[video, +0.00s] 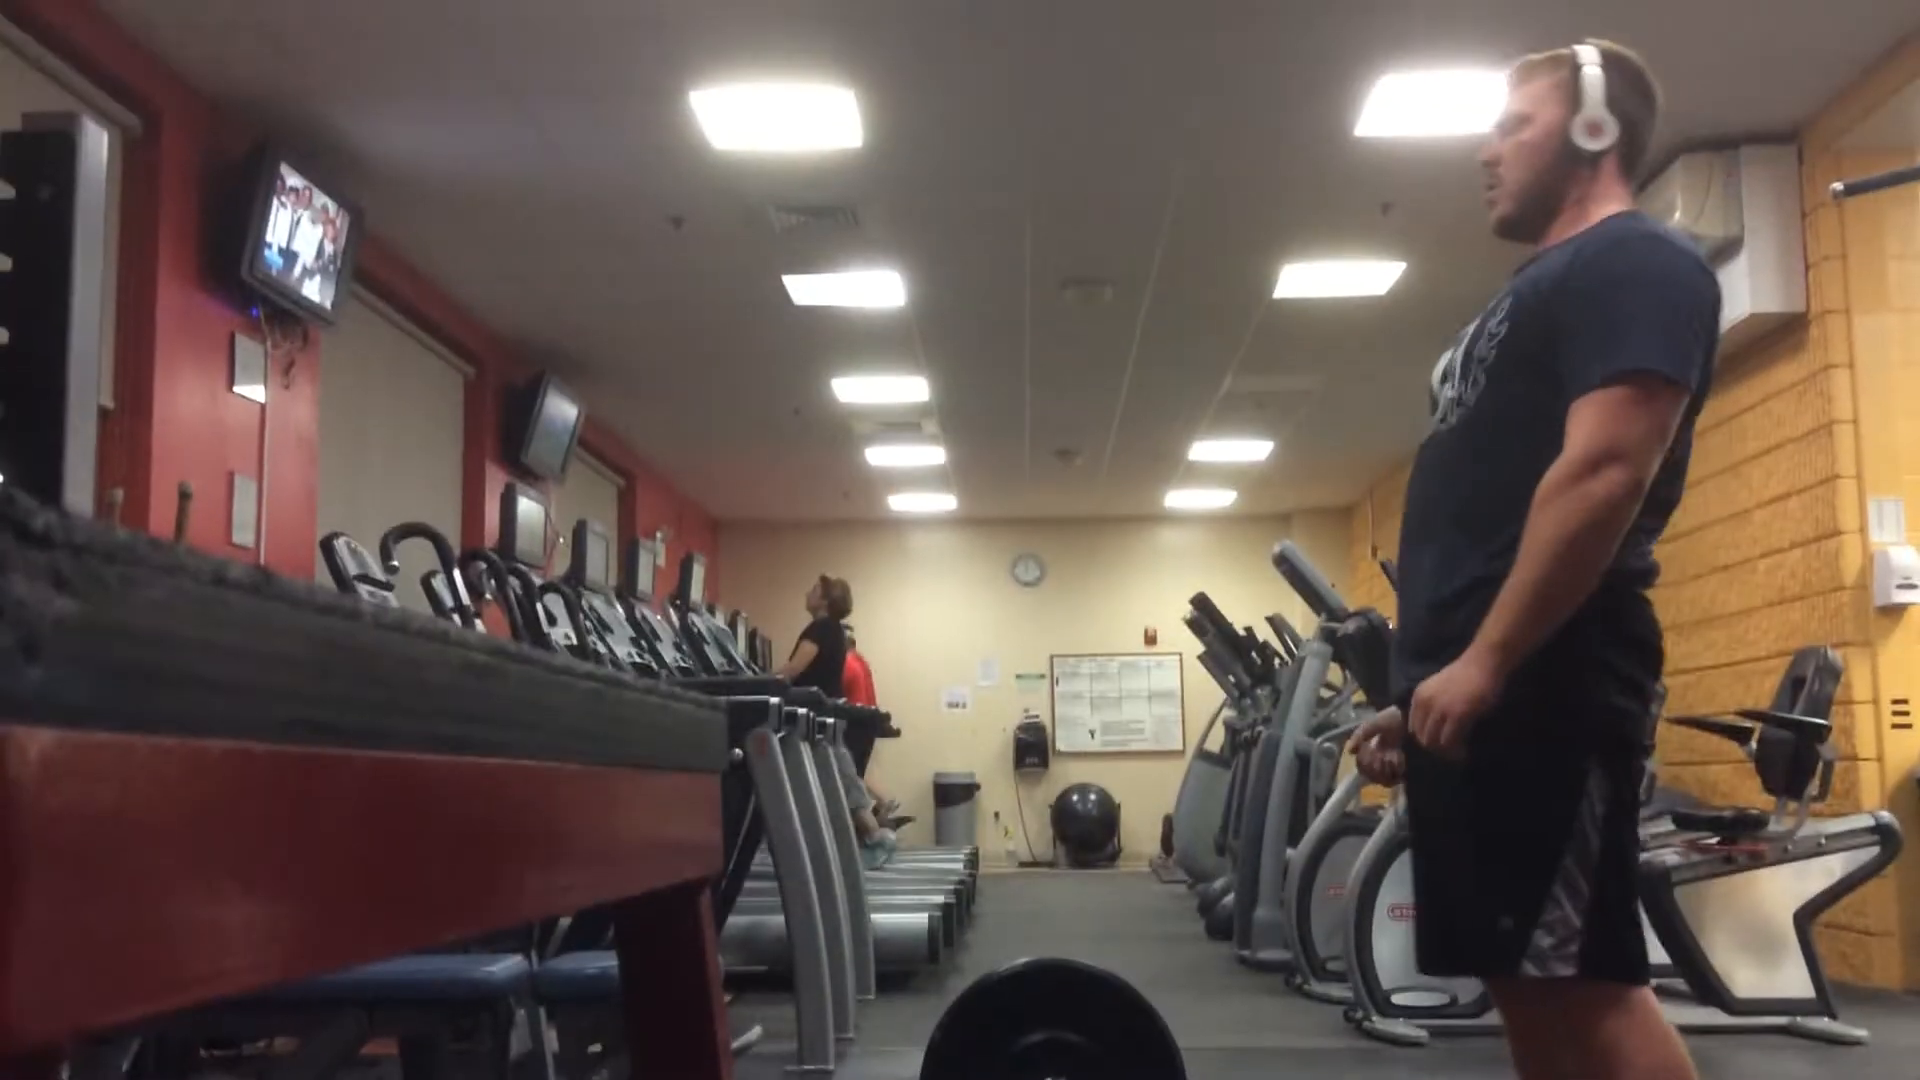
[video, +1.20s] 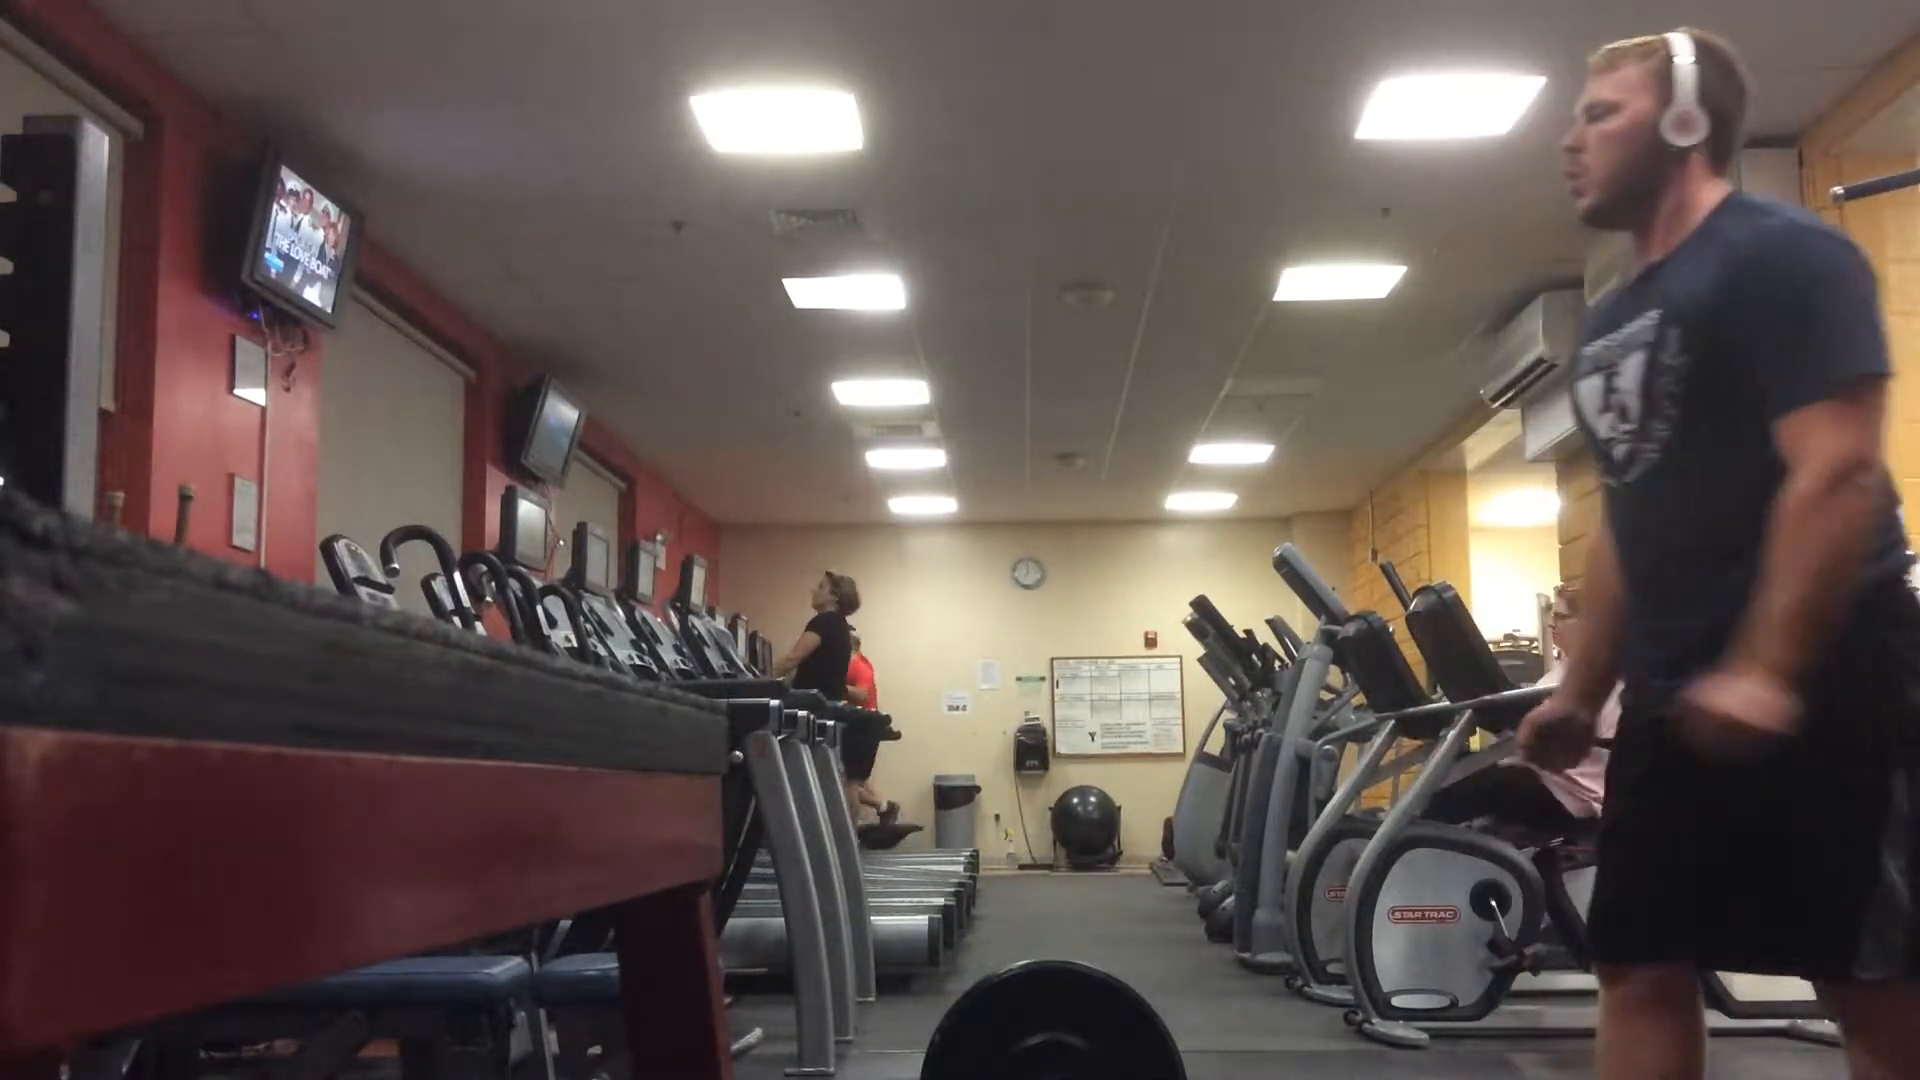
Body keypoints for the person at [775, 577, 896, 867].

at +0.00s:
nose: (808, 592)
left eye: (814, 590)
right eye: (812, 588)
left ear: (823, 600)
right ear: (832, 602)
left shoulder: (820, 628)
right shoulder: (833, 629)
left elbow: (796, 668)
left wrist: (767, 683)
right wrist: (775, 682)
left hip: (814, 711)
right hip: (826, 709)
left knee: (839, 776)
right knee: (842, 773)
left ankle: (874, 836)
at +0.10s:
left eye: (840, 647)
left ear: (841, 648)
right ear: (853, 647)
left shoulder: (845, 667)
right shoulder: (860, 667)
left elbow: (839, 697)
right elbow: (869, 700)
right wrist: (873, 716)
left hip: (853, 722)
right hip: (868, 720)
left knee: (857, 780)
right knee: (866, 778)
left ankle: (879, 825)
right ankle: (879, 829)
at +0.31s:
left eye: (836, 642)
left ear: (842, 642)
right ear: (851, 642)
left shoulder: (852, 662)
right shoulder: (858, 660)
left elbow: (858, 702)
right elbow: (865, 700)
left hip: (857, 724)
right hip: (863, 723)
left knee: (859, 779)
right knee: (861, 778)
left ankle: (890, 821)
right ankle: (886, 821)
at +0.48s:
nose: (816, 597)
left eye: (822, 595)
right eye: (819, 593)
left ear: (833, 604)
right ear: (837, 606)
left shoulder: (825, 630)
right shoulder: (837, 632)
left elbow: (801, 665)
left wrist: (769, 678)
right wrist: (779, 679)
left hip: (814, 714)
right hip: (824, 712)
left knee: (836, 780)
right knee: (836, 779)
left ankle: (876, 838)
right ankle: (869, 838)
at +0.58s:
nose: (841, 653)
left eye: (843, 648)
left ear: (848, 647)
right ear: (857, 648)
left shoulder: (850, 666)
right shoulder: (863, 667)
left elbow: (843, 693)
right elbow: (870, 700)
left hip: (855, 724)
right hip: (869, 723)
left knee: (842, 778)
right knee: (860, 778)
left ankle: (879, 809)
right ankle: (859, 829)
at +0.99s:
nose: (840, 645)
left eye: (842, 640)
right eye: (841, 640)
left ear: (849, 640)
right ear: (853, 640)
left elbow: (872, 689)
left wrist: (844, 685)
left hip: (861, 719)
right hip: (847, 718)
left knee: (865, 778)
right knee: (858, 778)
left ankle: (892, 823)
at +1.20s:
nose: (840, 646)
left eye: (843, 642)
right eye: (843, 641)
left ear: (849, 644)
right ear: (856, 644)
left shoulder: (856, 664)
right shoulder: (861, 663)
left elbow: (862, 694)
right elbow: (864, 693)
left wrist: (838, 686)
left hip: (861, 722)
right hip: (867, 720)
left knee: (852, 781)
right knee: (854, 781)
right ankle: (883, 806)